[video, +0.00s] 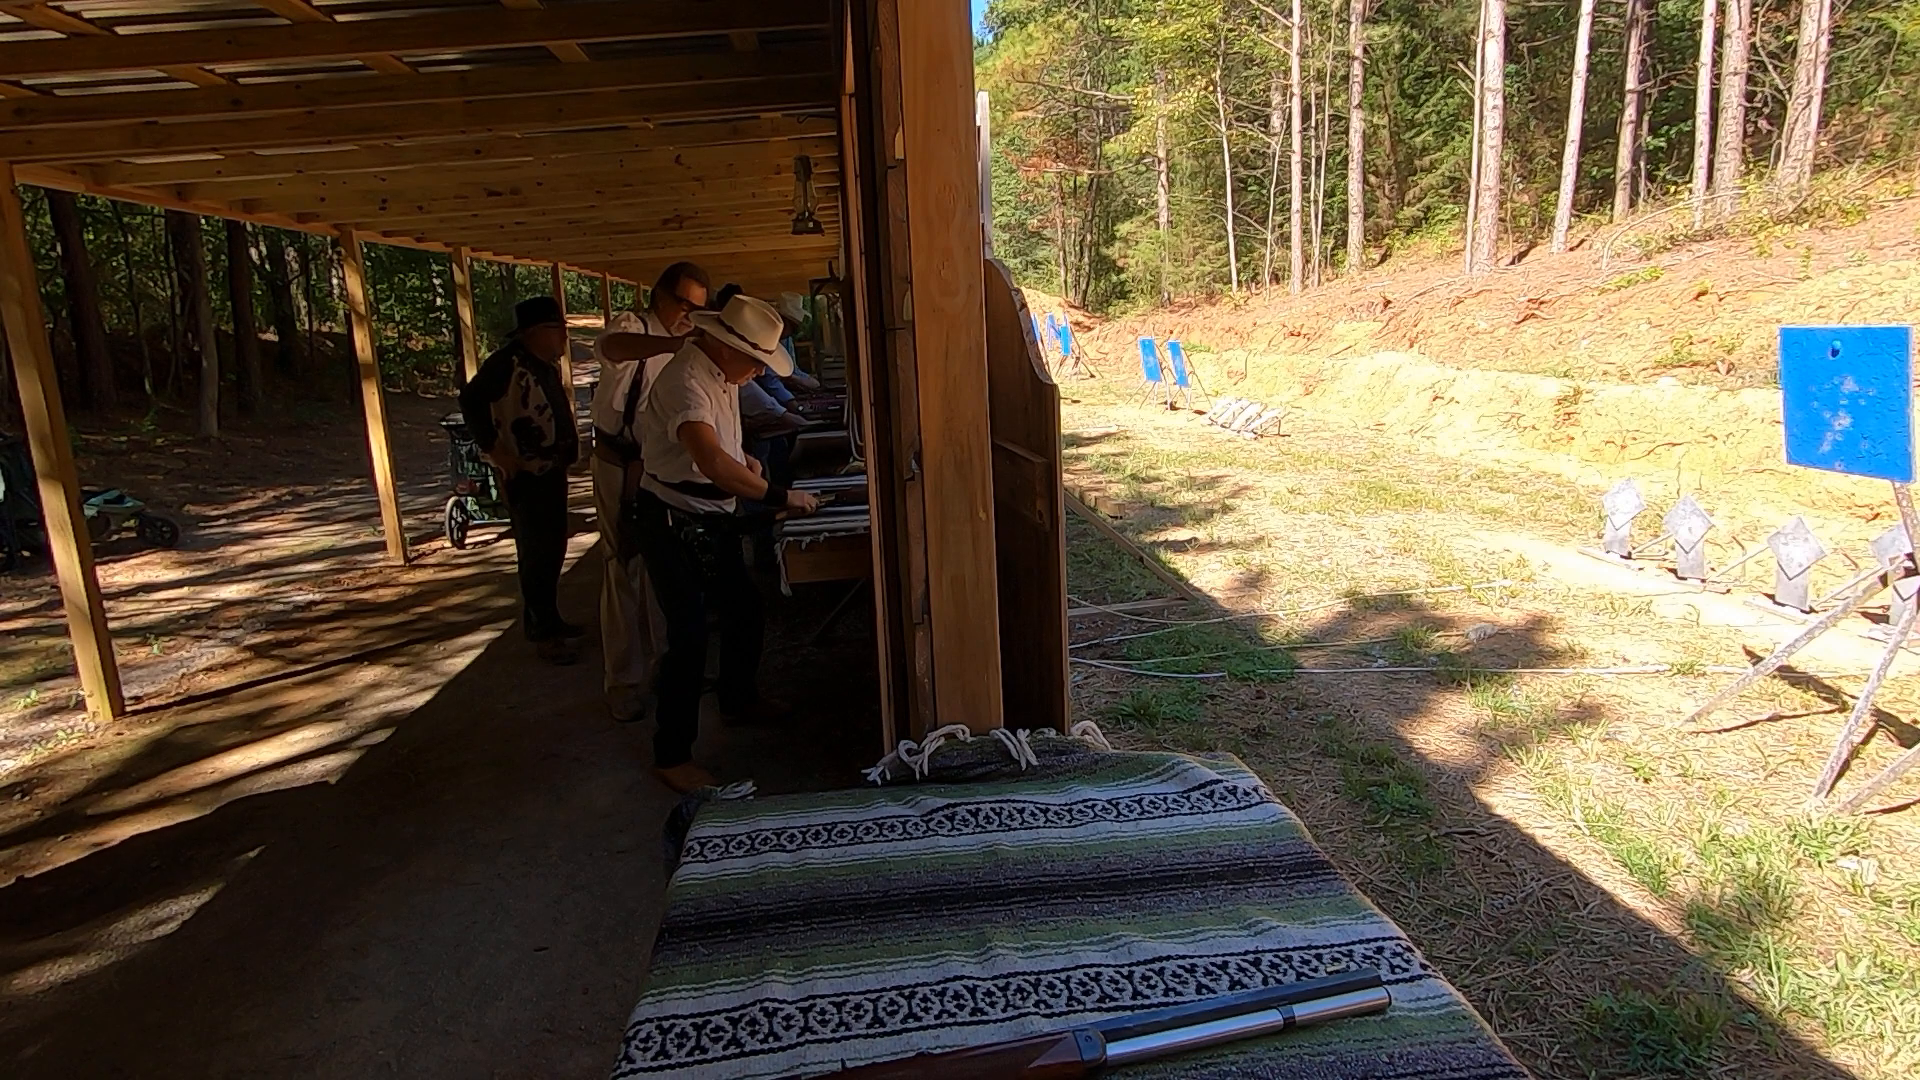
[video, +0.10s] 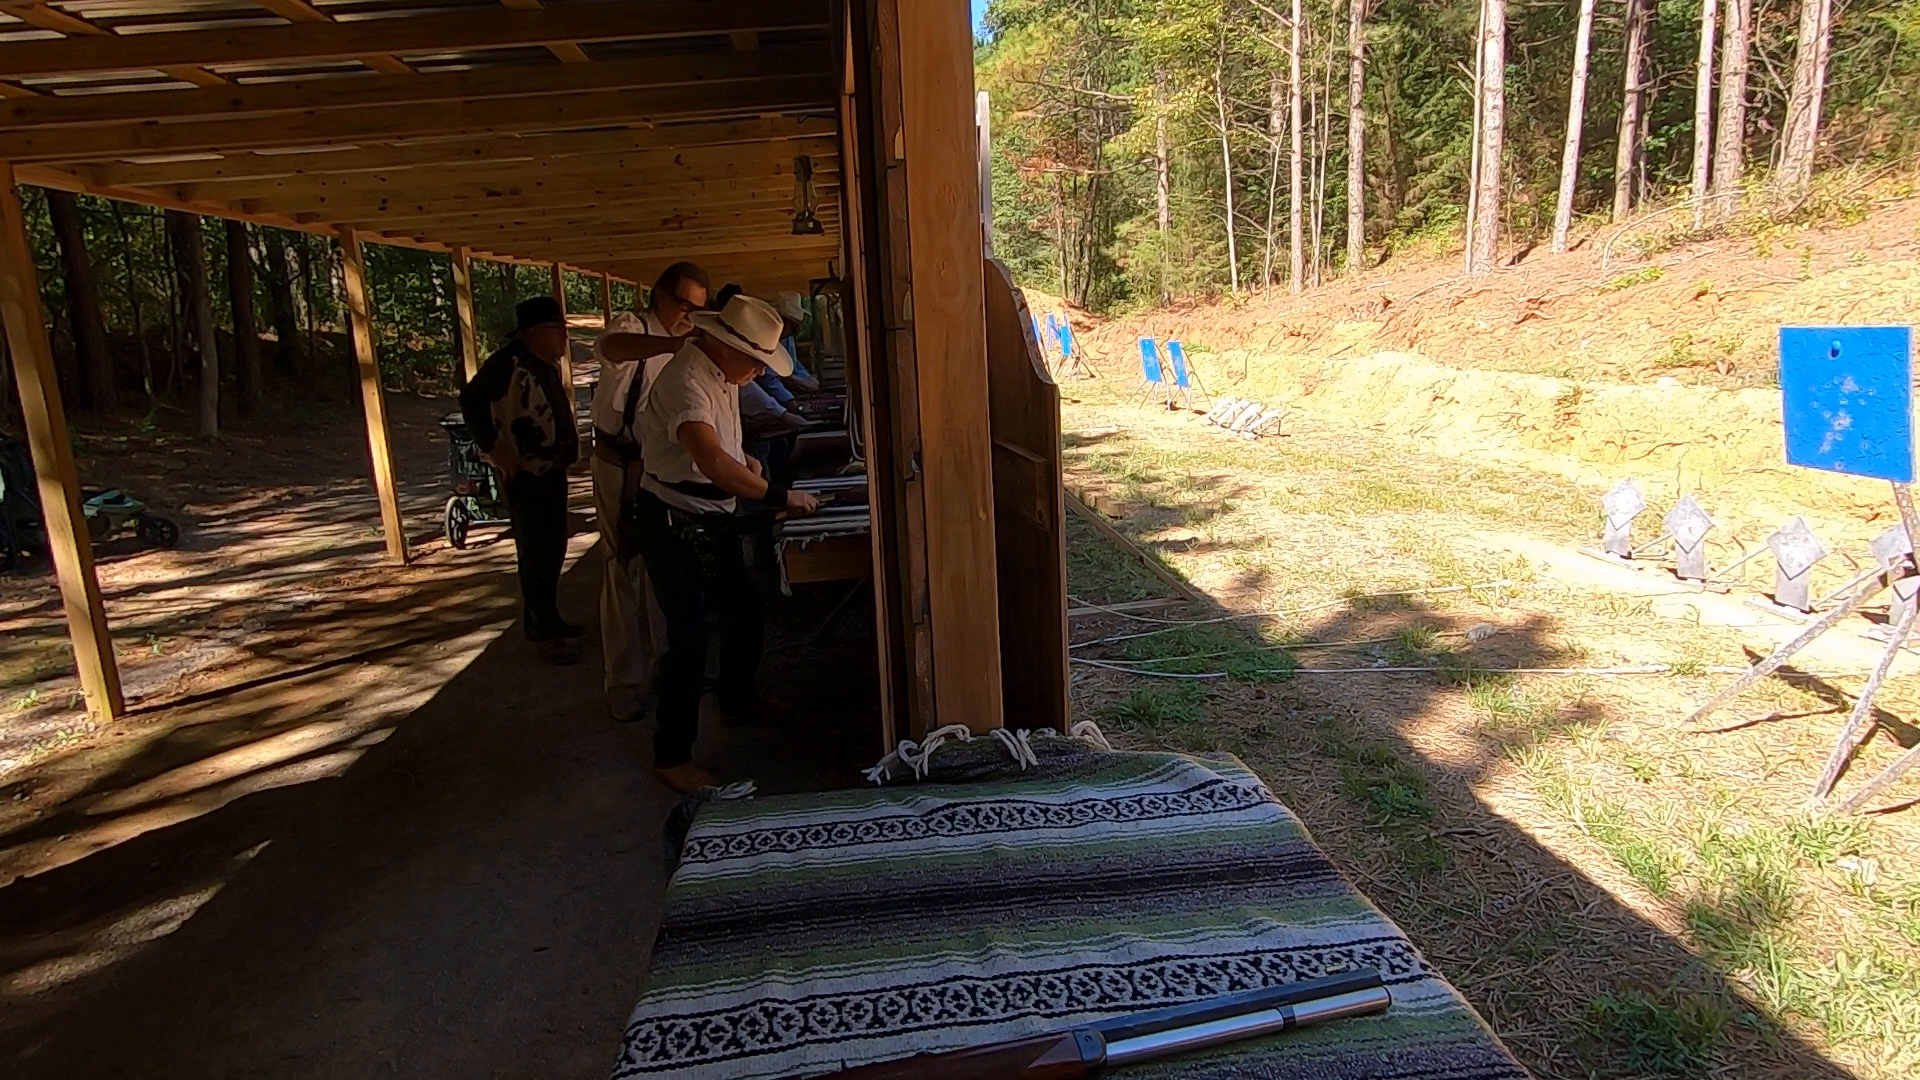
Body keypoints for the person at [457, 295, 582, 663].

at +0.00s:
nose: (565, 338)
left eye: (564, 330)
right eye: (559, 330)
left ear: (545, 333)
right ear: (537, 332)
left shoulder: (546, 365)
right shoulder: (507, 361)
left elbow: (552, 412)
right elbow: (471, 399)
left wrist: (566, 448)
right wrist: (493, 448)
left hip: (551, 473)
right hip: (526, 475)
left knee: (553, 549)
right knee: (536, 552)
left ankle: (549, 621)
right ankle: (541, 631)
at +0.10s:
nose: (566, 337)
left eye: (565, 329)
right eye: (559, 329)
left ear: (545, 332)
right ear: (537, 332)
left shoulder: (547, 366)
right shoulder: (507, 361)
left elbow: (553, 412)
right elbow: (471, 399)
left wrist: (566, 448)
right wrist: (493, 448)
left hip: (552, 473)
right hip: (526, 475)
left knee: (553, 550)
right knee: (536, 552)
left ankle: (549, 621)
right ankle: (541, 632)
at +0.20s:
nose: (565, 337)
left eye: (565, 329)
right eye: (559, 329)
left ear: (546, 332)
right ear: (537, 332)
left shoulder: (547, 366)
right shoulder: (507, 361)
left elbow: (553, 412)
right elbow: (471, 399)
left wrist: (566, 448)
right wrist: (493, 448)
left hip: (552, 472)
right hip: (525, 475)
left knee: (553, 549)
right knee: (536, 552)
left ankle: (549, 621)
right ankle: (541, 631)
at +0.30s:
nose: (565, 337)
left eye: (565, 329)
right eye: (559, 329)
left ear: (546, 332)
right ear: (537, 331)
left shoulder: (546, 365)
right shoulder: (507, 361)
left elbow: (551, 411)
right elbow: (471, 399)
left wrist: (565, 449)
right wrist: (493, 448)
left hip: (551, 472)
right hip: (525, 475)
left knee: (553, 550)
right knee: (536, 552)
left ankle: (549, 621)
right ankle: (541, 632)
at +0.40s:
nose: (565, 337)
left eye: (564, 330)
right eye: (558, 330)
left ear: (546, 333)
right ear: (536, 332)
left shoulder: (546, 365)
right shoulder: (507, 362)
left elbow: (551, 411)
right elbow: (471, 399)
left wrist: (565, 449)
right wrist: (493, 448)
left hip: (551, 472)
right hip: (525, 475)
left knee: (552, 550)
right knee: (536, 552)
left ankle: (549, 621)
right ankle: (541, 632)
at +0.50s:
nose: (565, 338)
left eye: (565, 331)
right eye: (559, 331)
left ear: (545, 333)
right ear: (537, 332)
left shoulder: (545, 365)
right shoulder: (507, 362)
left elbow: (551, 411)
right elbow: (471, 399)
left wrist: (566, 447)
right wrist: (492, 447)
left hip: (551, 472)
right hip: (525, 475)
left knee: (552, 549)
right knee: (536, 552)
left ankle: (549, 620)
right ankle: (541, 632)